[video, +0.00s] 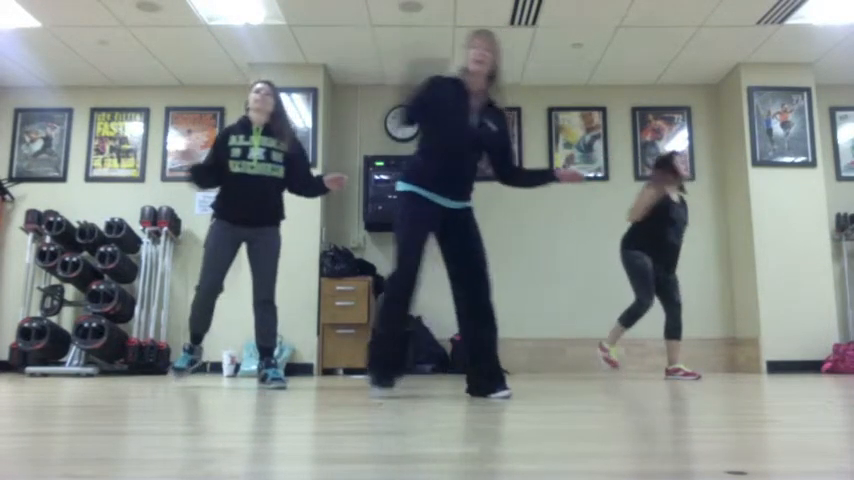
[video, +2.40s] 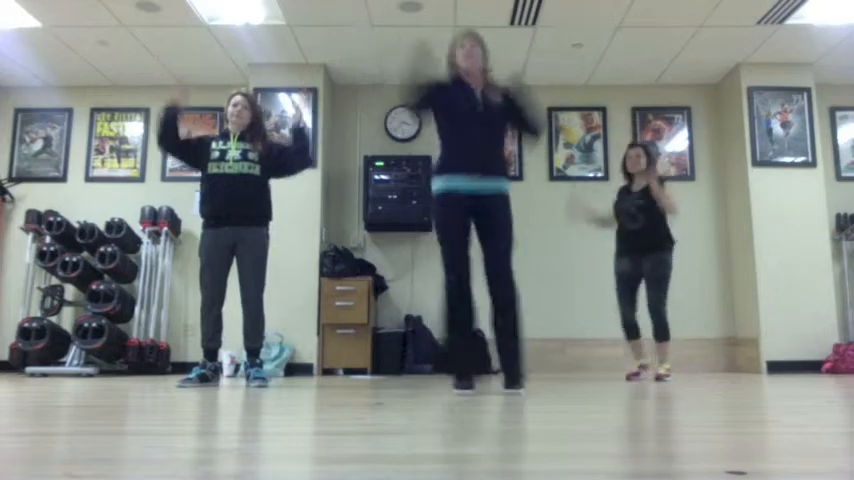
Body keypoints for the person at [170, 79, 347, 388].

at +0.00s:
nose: (261, 96)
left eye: (268, 93)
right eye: (256, 91)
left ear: (276, 105)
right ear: (247, 100)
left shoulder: (287, 141)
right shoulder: (230, 135)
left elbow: (298, 184)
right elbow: (210, 178)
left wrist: (323, 184)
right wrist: (193, 165)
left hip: (265, 227)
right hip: (227, 223)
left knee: (265, 297)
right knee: (207, 287)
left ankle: (267, 363)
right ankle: (193, 349)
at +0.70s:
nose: (214, 106)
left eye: (221, 104)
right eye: (210, 102)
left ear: (230, 115)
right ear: (202, 111)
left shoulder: (242, 150)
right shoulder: (186, 148)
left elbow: (256, 191)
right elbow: (171, 191)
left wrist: (281, 190)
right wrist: (153, 191)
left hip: (233, 234)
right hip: (195, 234)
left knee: (243, 296)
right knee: (192, 300)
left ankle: (254, 362)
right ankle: (194, 365)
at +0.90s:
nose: (214, 107)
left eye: (220, 105)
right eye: (211, 103)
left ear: (230, 115)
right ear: (202, 111)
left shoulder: (240, 148)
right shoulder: (184, 147)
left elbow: (268, 175)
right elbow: (152, 168)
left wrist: (281, 159)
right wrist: (137, 152)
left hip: (235, 231)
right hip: (197, 232)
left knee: (248, 292)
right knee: (194, 297)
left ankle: (260, 360)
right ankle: (193, 363)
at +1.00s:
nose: (220, 107)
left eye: (226, 104)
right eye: (216, 103)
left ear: (235, 114)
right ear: (207, 111)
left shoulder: (247, 148)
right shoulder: (187, 144)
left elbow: (284, 152)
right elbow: (147, 128)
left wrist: (284, 125)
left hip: (240, 228)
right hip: (204, 229)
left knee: (249, 291)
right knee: (198, 298)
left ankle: (260, 358)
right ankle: (195, 363)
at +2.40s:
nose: (236, 110)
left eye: (242, 107)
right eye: (233, 105)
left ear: (253, 115)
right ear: (225, 112)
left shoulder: (265, 149)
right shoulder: (208, 145)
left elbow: (301, 158)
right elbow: (170, 143)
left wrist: (298, 125)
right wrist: (172, 109)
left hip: (252, 232)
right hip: (216, 231)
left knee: (252, 298)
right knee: (211, 298)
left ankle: (253, 364)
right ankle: (210, 364)